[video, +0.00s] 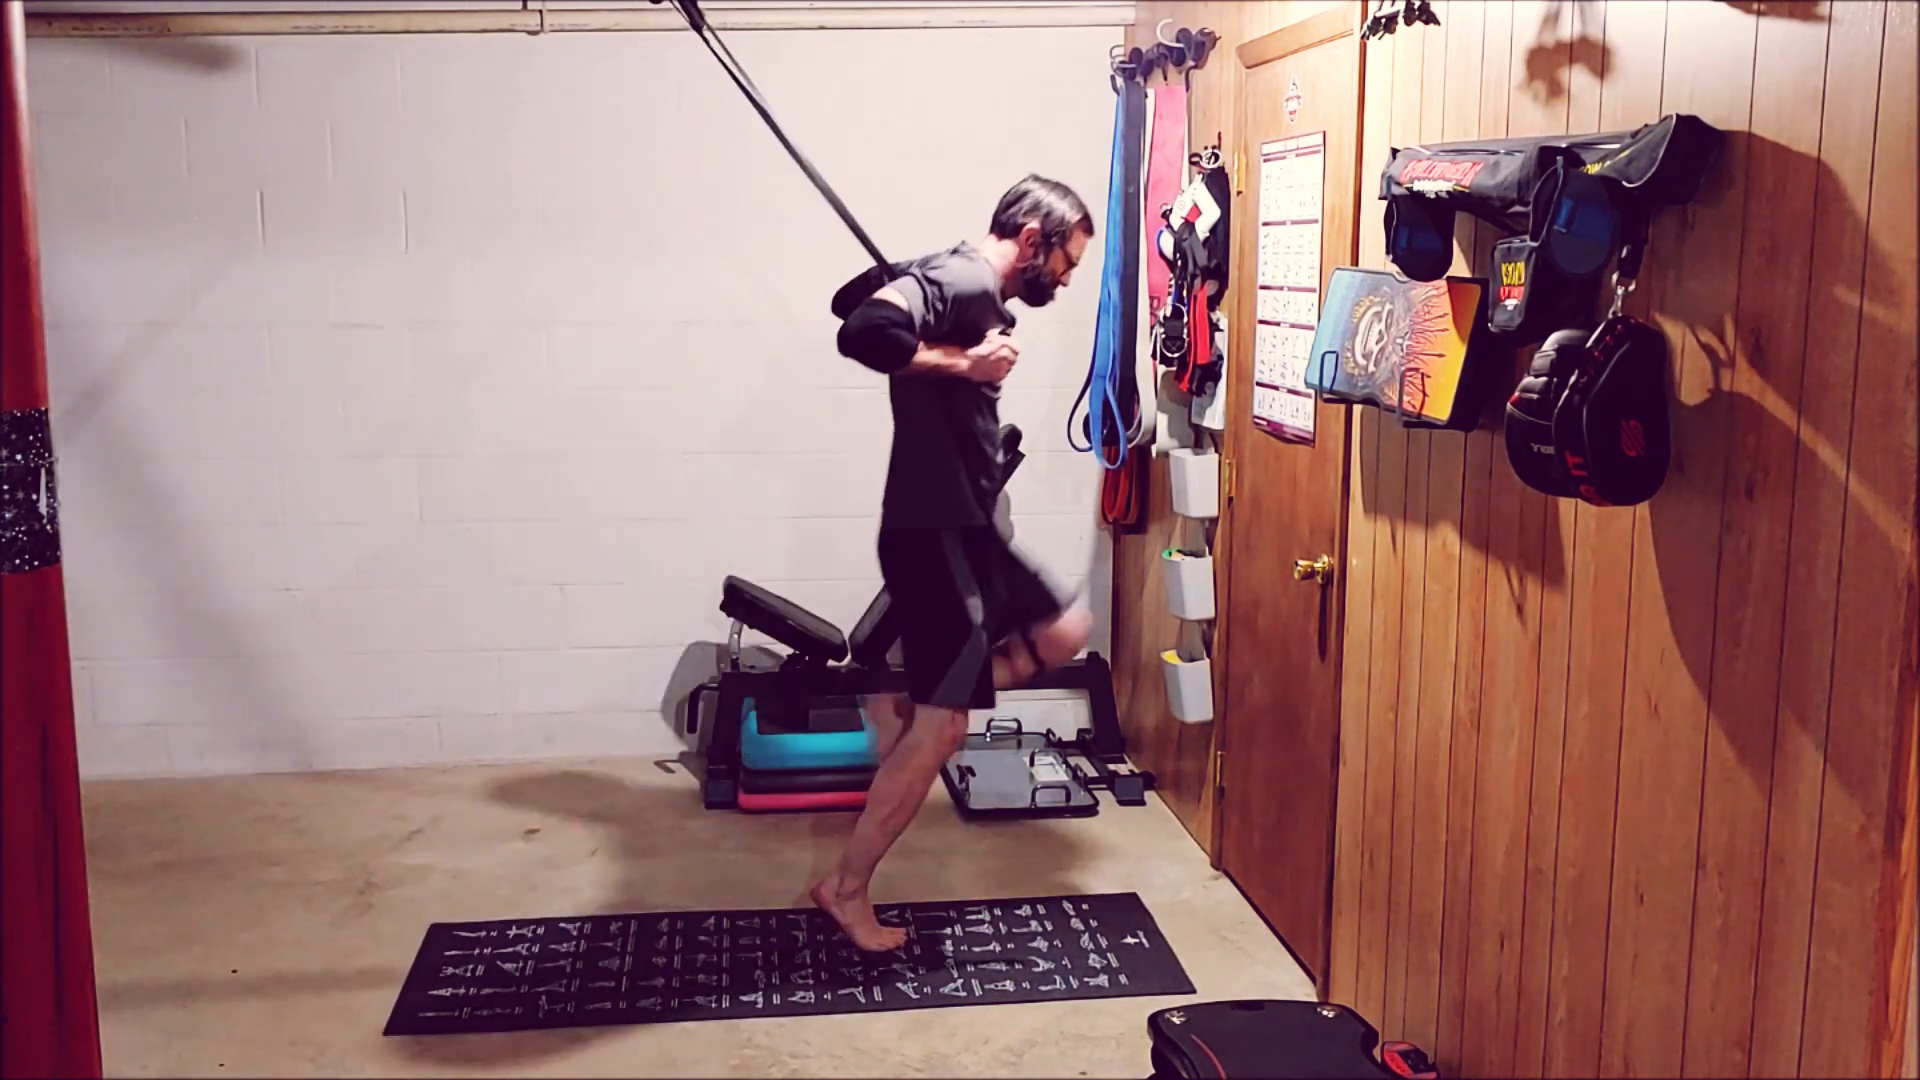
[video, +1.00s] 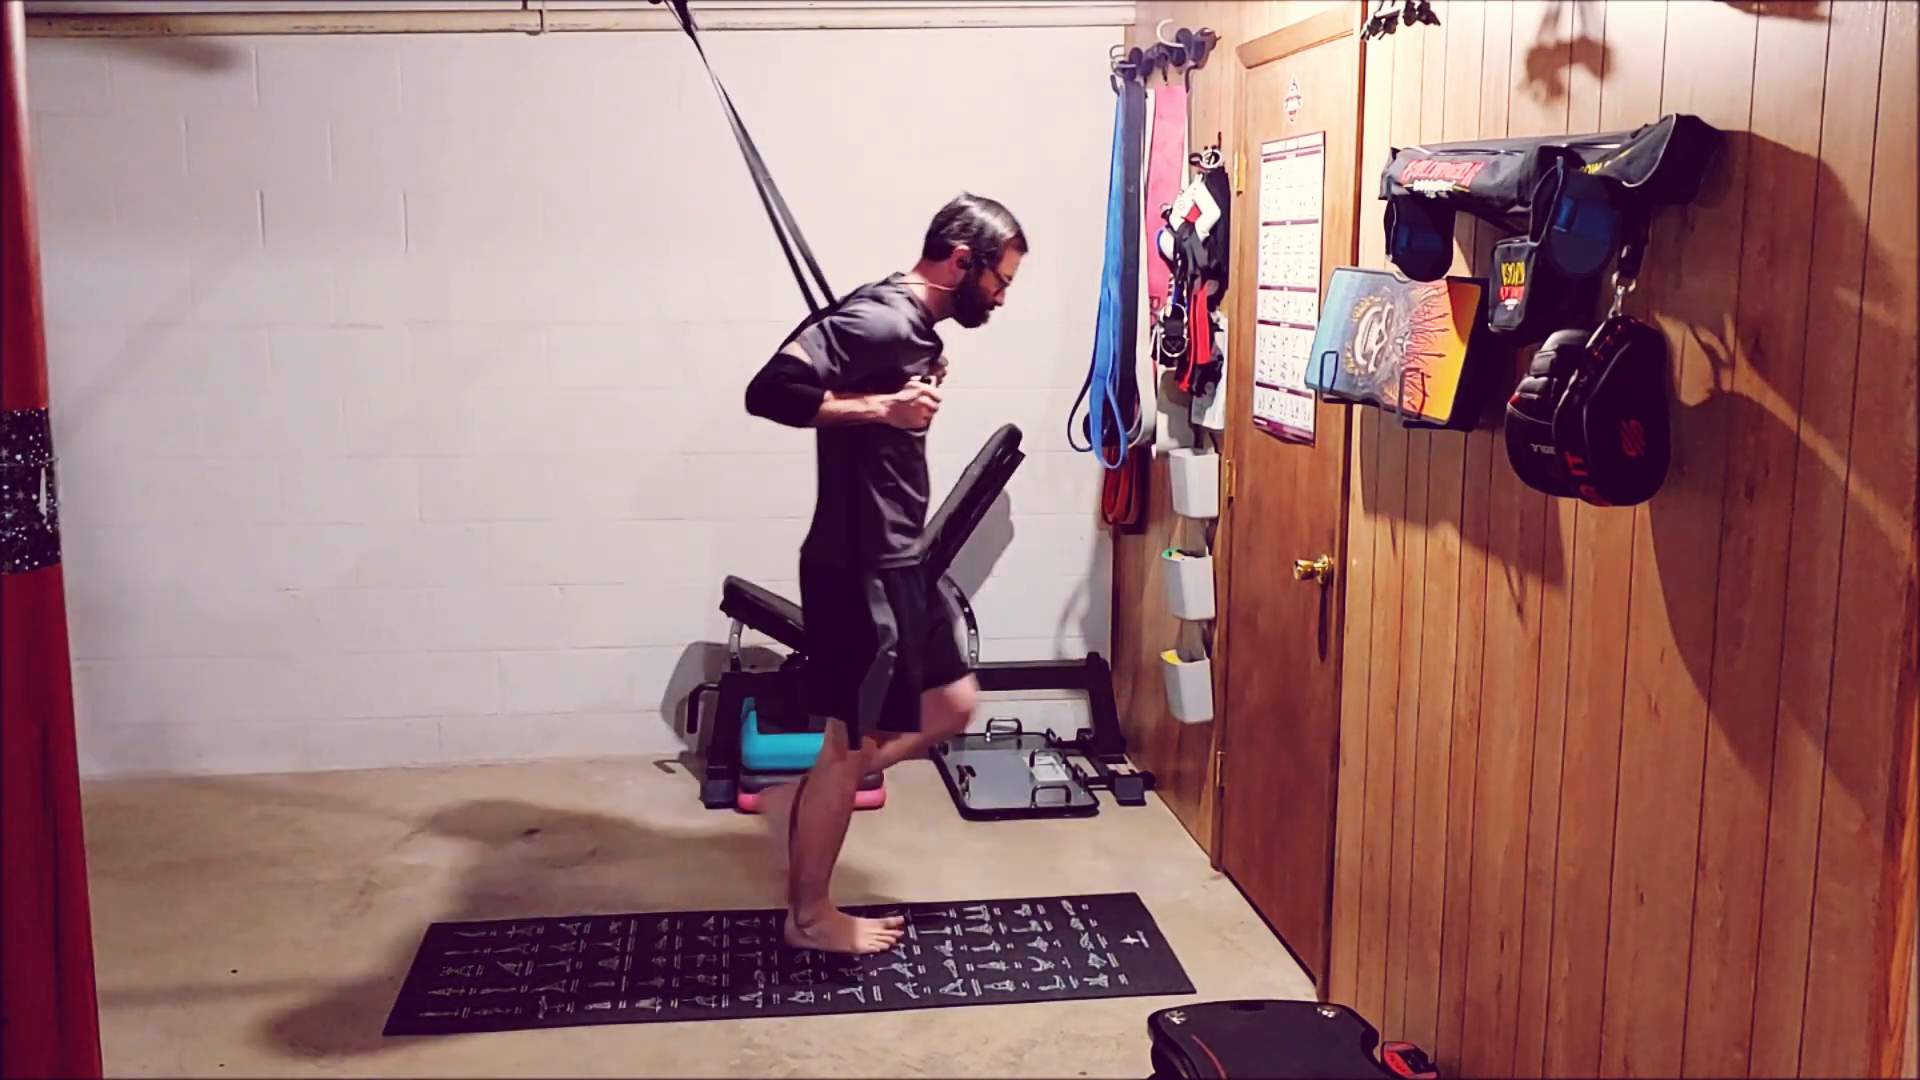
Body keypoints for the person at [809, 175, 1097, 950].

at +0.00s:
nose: (1066, 282)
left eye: (1073, 268)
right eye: (1068, 263)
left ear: (1025, 237)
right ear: (1030, 238)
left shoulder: (966, 283)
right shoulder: (963, 277)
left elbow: (854, 303)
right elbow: (863, 329)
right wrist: (966, 363)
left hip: (971, 528)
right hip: (933, 533)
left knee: (1063, 632)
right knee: (942, 722)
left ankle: (904, 702)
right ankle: (847, 886)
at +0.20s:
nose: (1092, 264)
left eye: (1099, 249)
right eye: (1094, 244)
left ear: (1051, 217)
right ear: (1059, 219)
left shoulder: (1003, 267)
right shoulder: (979, 257)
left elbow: (880, 291)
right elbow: (879, 321)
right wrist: (986, 338)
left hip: (1017, 487)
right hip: (965, 510)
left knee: (1151, 485)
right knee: (936, 710)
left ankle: (1048, 634)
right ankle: (863, 878)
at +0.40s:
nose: (1090, 271)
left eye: (1098, 256)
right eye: (1093, 252)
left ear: (1051, 224)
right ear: (1060, 228)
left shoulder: (995, 268)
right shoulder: (981, 264)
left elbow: (872, 292)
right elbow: (873, 326)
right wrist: (981, 346)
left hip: (1012, 490)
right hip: (967, 512)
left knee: (1152, 469)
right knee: (937, 716)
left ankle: (1064, 630)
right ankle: (859, 881)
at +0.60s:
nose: (1073, 274)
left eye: (1079, 260)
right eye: (1074, 255)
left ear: (1033, 232)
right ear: (1039, 233)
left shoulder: (978, 283)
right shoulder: (956, 277)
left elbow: (862, 315)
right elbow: (852, 344)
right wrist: (960, 359)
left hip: (992, 507)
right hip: (939, 530)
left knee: (1124, 525)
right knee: (904, 722)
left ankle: (1000, 657)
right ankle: (832, 897)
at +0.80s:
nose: (1042, 296)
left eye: (1048, 282)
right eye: (1042, 277)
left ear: (999, 257)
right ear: (1002, 257)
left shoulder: (954, 320)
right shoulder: (917, 303)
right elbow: (811, 369)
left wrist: (955, 492)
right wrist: (919, 389)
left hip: (949, 545)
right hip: (898, 557)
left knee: (1059, 633)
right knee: (874, 744)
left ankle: (916, 728)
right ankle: (814, 912)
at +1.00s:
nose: (1003, 296)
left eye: (1008, 282)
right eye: (1002, 278)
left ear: (960, 260)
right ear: (959, 259)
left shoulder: (916, 322)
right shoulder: (878, 315)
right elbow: (771, 392)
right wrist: (883, 406)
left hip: (907, 558)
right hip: (859, 565)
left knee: (952, 707)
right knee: (846, 749)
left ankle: (820, 786)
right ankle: (810, 916)